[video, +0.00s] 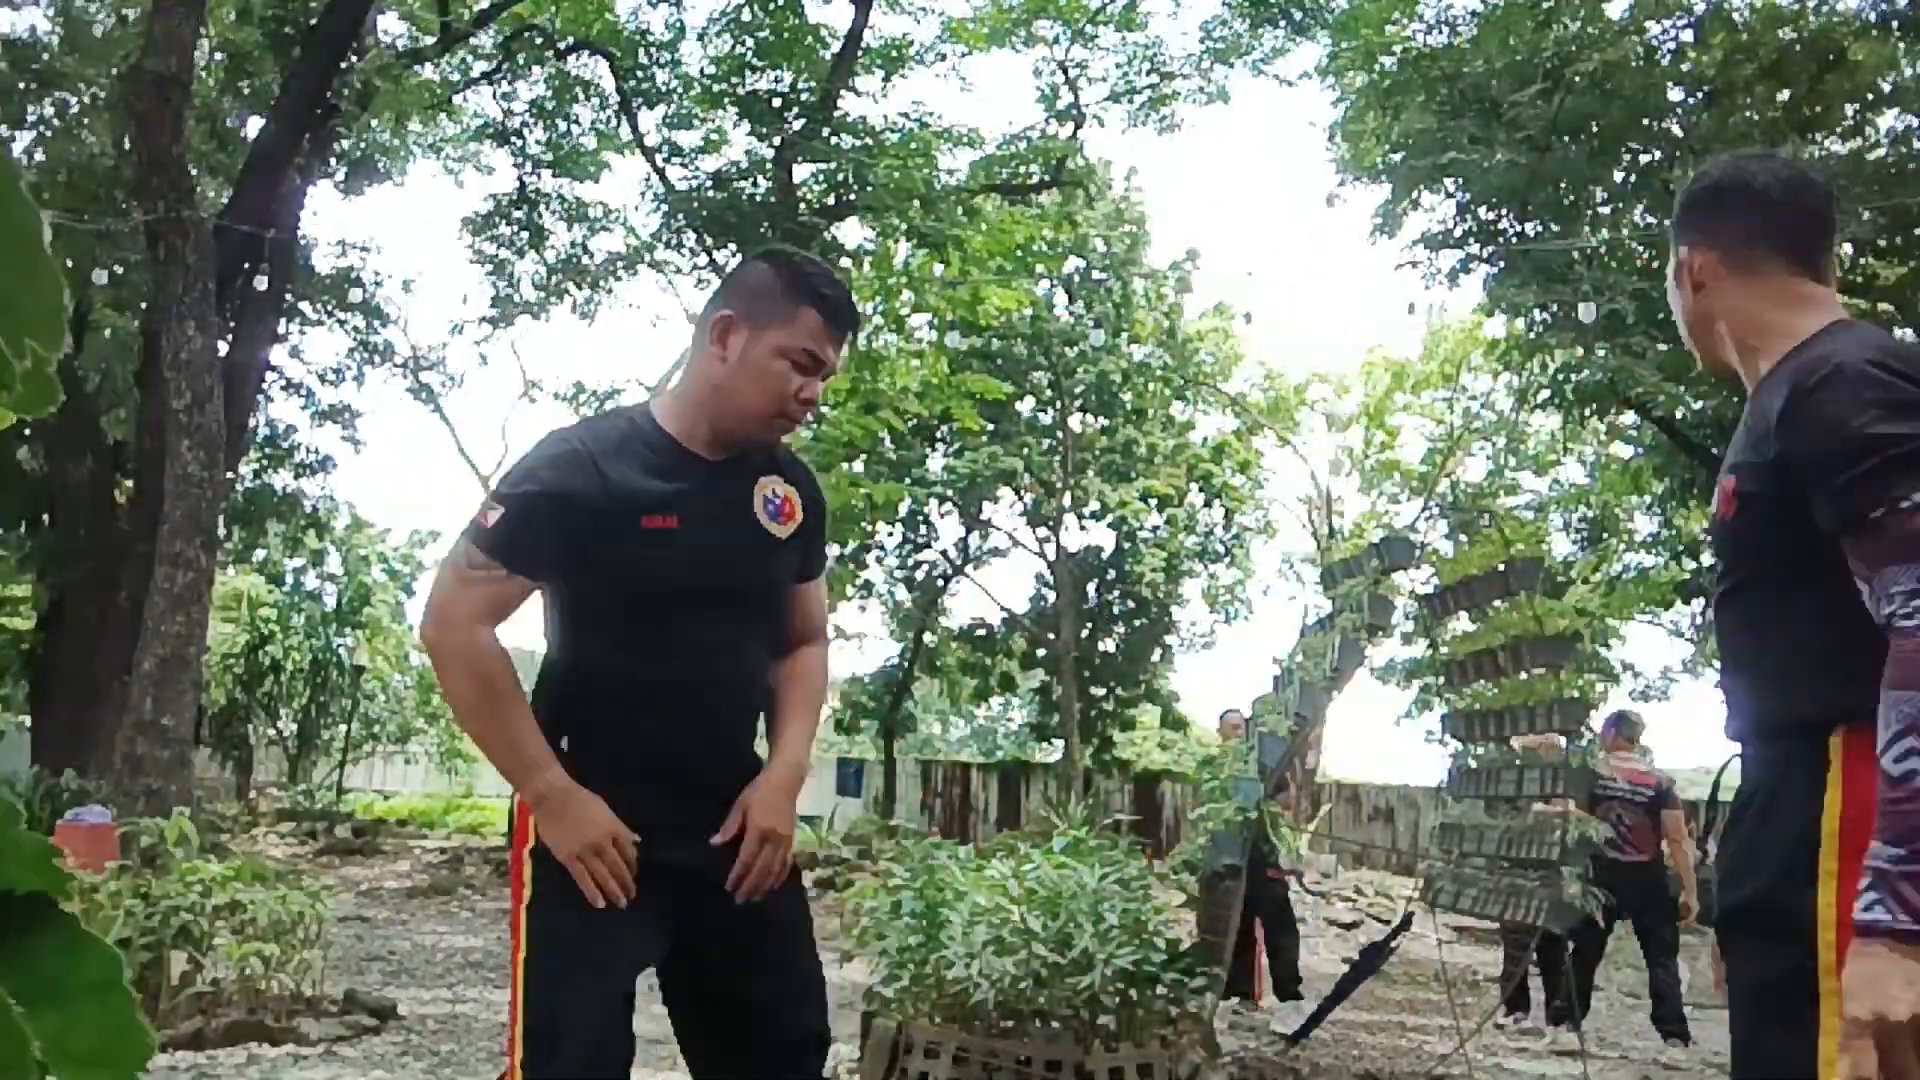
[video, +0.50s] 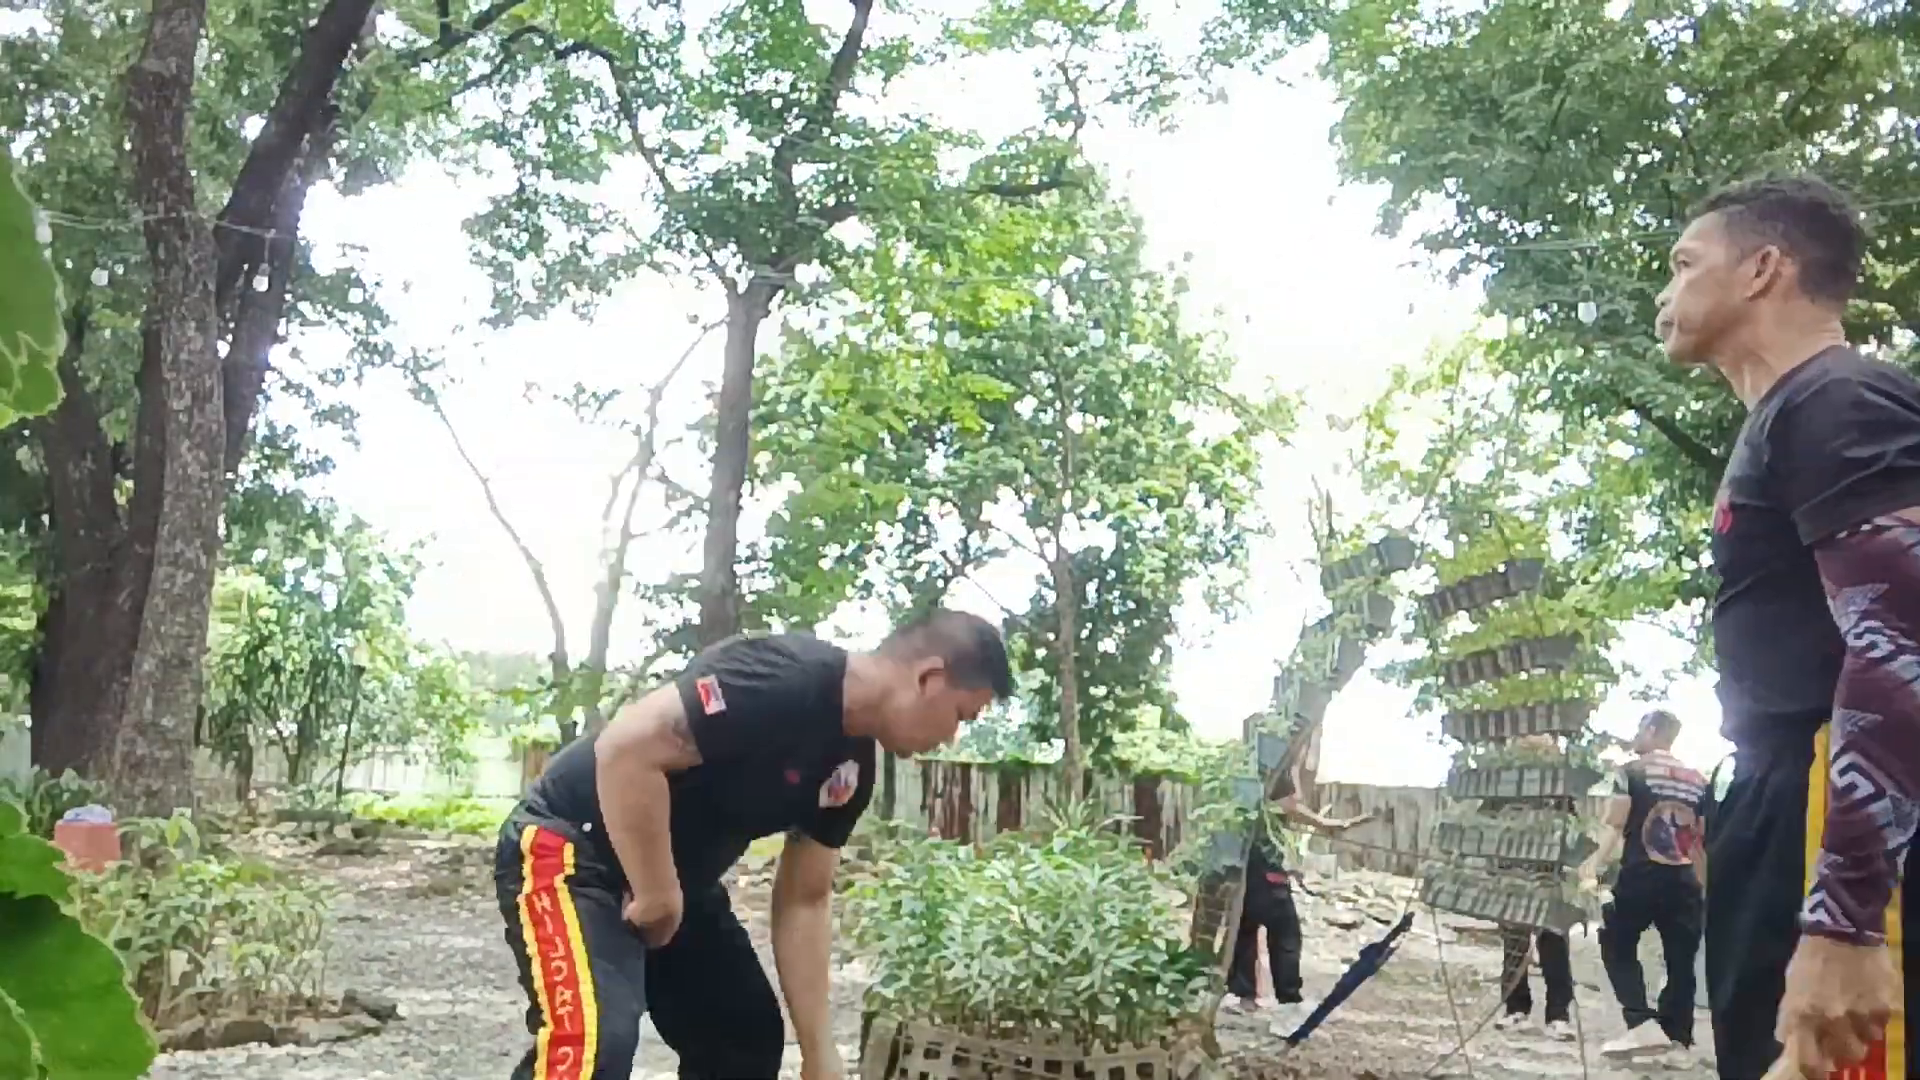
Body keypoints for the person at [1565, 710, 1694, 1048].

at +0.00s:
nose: (1600, 740)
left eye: (1603, 734)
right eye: (1602, 735)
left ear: (1612, 735)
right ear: (1638, 739)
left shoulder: (1590, 773)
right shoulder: (1659, 781)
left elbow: (1573, 822)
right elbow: (1676, 840)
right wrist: (1689, 890)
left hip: (1599, 872)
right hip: (1646, 876)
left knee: (1584, 952)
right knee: (1662, 959)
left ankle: (1568, 1022)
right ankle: (1674, 1036)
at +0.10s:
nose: (1607, 743)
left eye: (1610, 737)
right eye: (1609, 738)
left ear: (1621, 734)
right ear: (1645, 737)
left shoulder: (1599, 771)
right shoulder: (1669, 781)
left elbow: (1580, 825)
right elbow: (1684, 841)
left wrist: (1572, 871)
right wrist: (1696, 891)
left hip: (1608, 877)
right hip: (1655, 879)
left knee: (1587, 955)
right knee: (1668, 961)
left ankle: (1568, 1025)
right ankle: (1674, 1034)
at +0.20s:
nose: (1618, 740)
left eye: (1621, 734)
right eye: (1620, 734)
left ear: (1634, 734)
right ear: (1653, 738)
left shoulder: (1617, 773)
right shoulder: (1683, 780)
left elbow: (1591, 811)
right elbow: (1694, 828)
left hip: (1623, 870)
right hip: (1670, 871)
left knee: (1600, 941)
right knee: (1674, 950)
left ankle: (1574, 1012)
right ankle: (1676, 1033)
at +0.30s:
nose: (1624, 740)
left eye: (1629, 734)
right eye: (1627, 734)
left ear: (1644, 734)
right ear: (1660, 738)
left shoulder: (1624, 773)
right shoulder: (1691, 779)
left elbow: (1601, 815)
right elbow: (1704, 828)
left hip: (1628, 876)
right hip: (1678, 876)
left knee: (1602, 946)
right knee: (1676, 954)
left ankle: (1589, 1025)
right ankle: (1677, 1036)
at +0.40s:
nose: (1634, 740)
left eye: (1637, 733)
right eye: (1636, 733)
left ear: (1650, 733)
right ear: (1668, 737)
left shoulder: (1629, 771)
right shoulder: (1697, 781)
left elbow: (1611, 819)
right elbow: (1710, 840)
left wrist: (1587, 863)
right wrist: (1711, 889)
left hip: (1636, 877)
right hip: (1680, 880)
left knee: (1608, 936)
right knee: (1678, 954)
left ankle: (1616, 1020)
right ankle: (1678, 1035)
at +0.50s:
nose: (1634, 739)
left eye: (1639, 731)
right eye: (1637, 731)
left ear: (1655, 733)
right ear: (1670, 736)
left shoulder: (1631, 771)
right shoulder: (1698, 780)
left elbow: (1616, 824)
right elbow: (1703, 840)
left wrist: (1595, 863)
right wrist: (1702, 886)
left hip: (1640, 878)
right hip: (1686, 881)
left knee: (1616, 942)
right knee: (1681, 962)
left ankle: (1639, 1022)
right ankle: (1678, 1039)